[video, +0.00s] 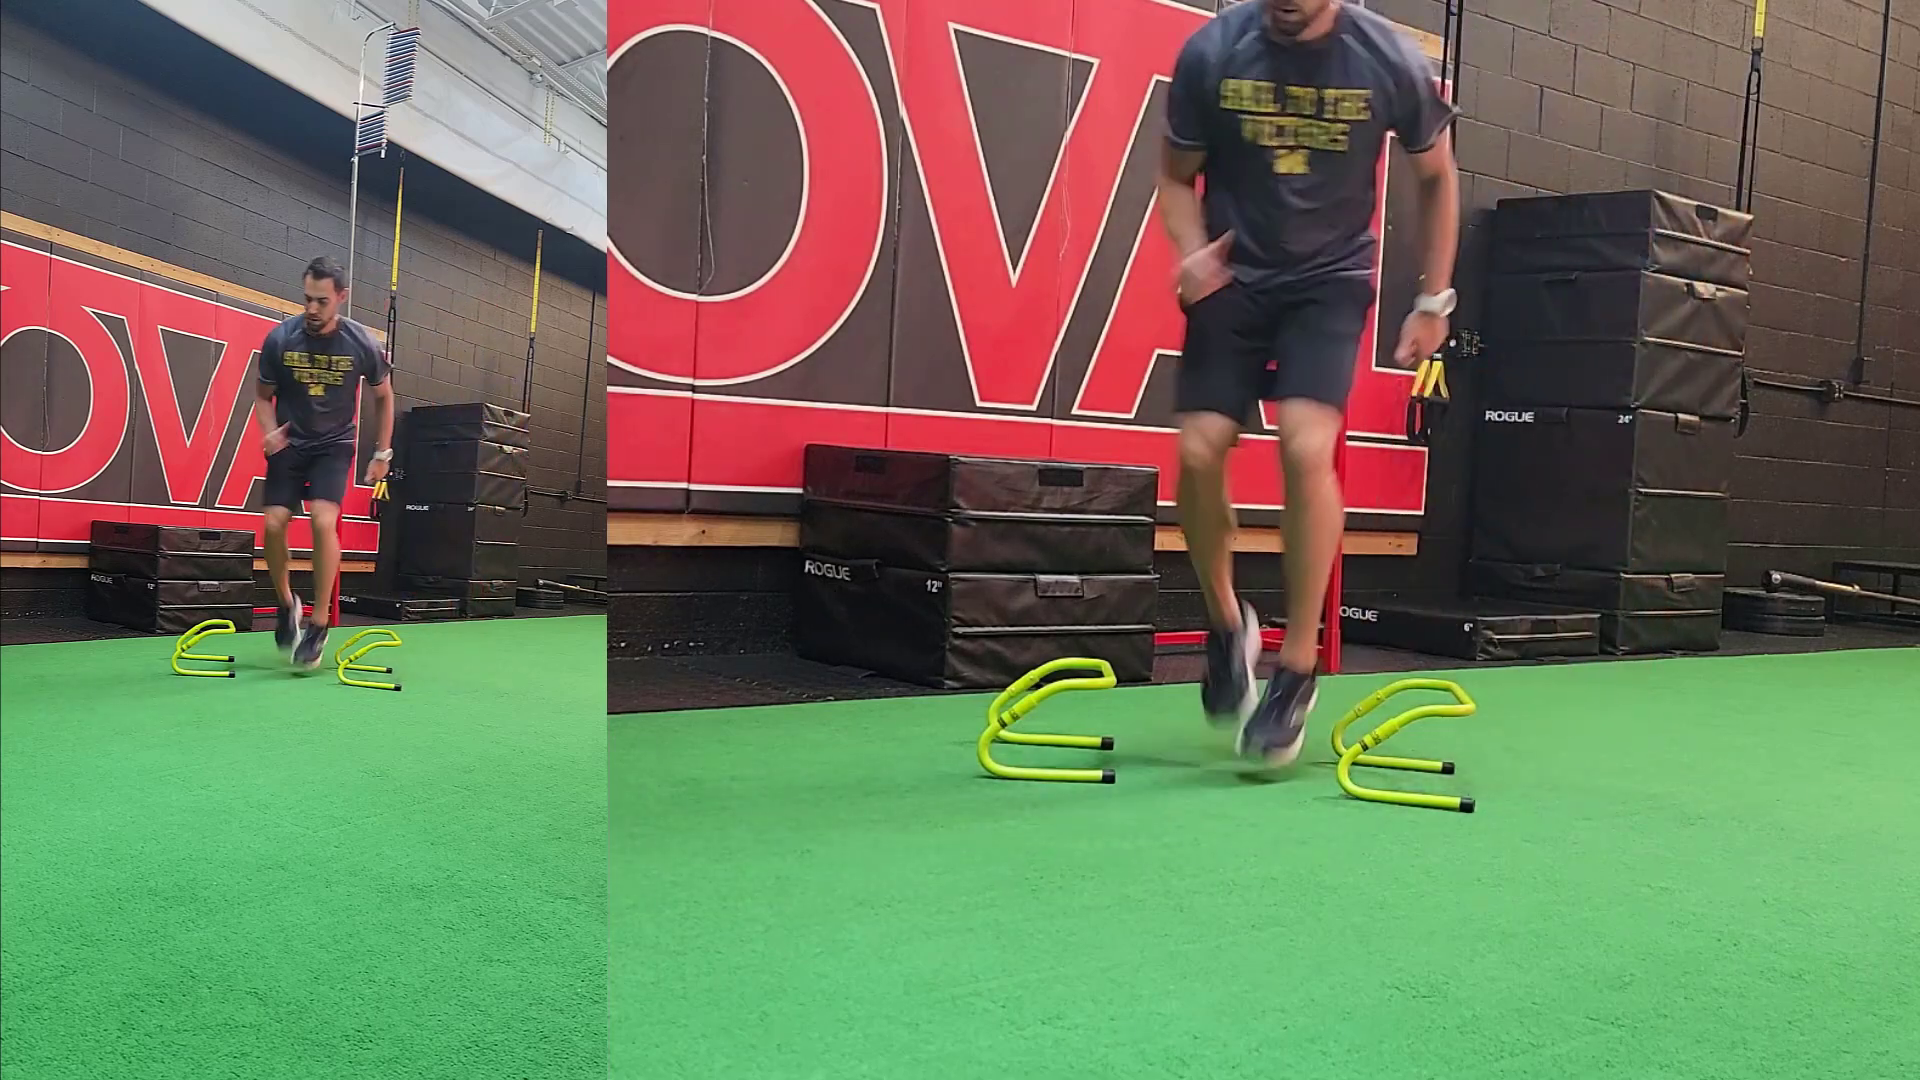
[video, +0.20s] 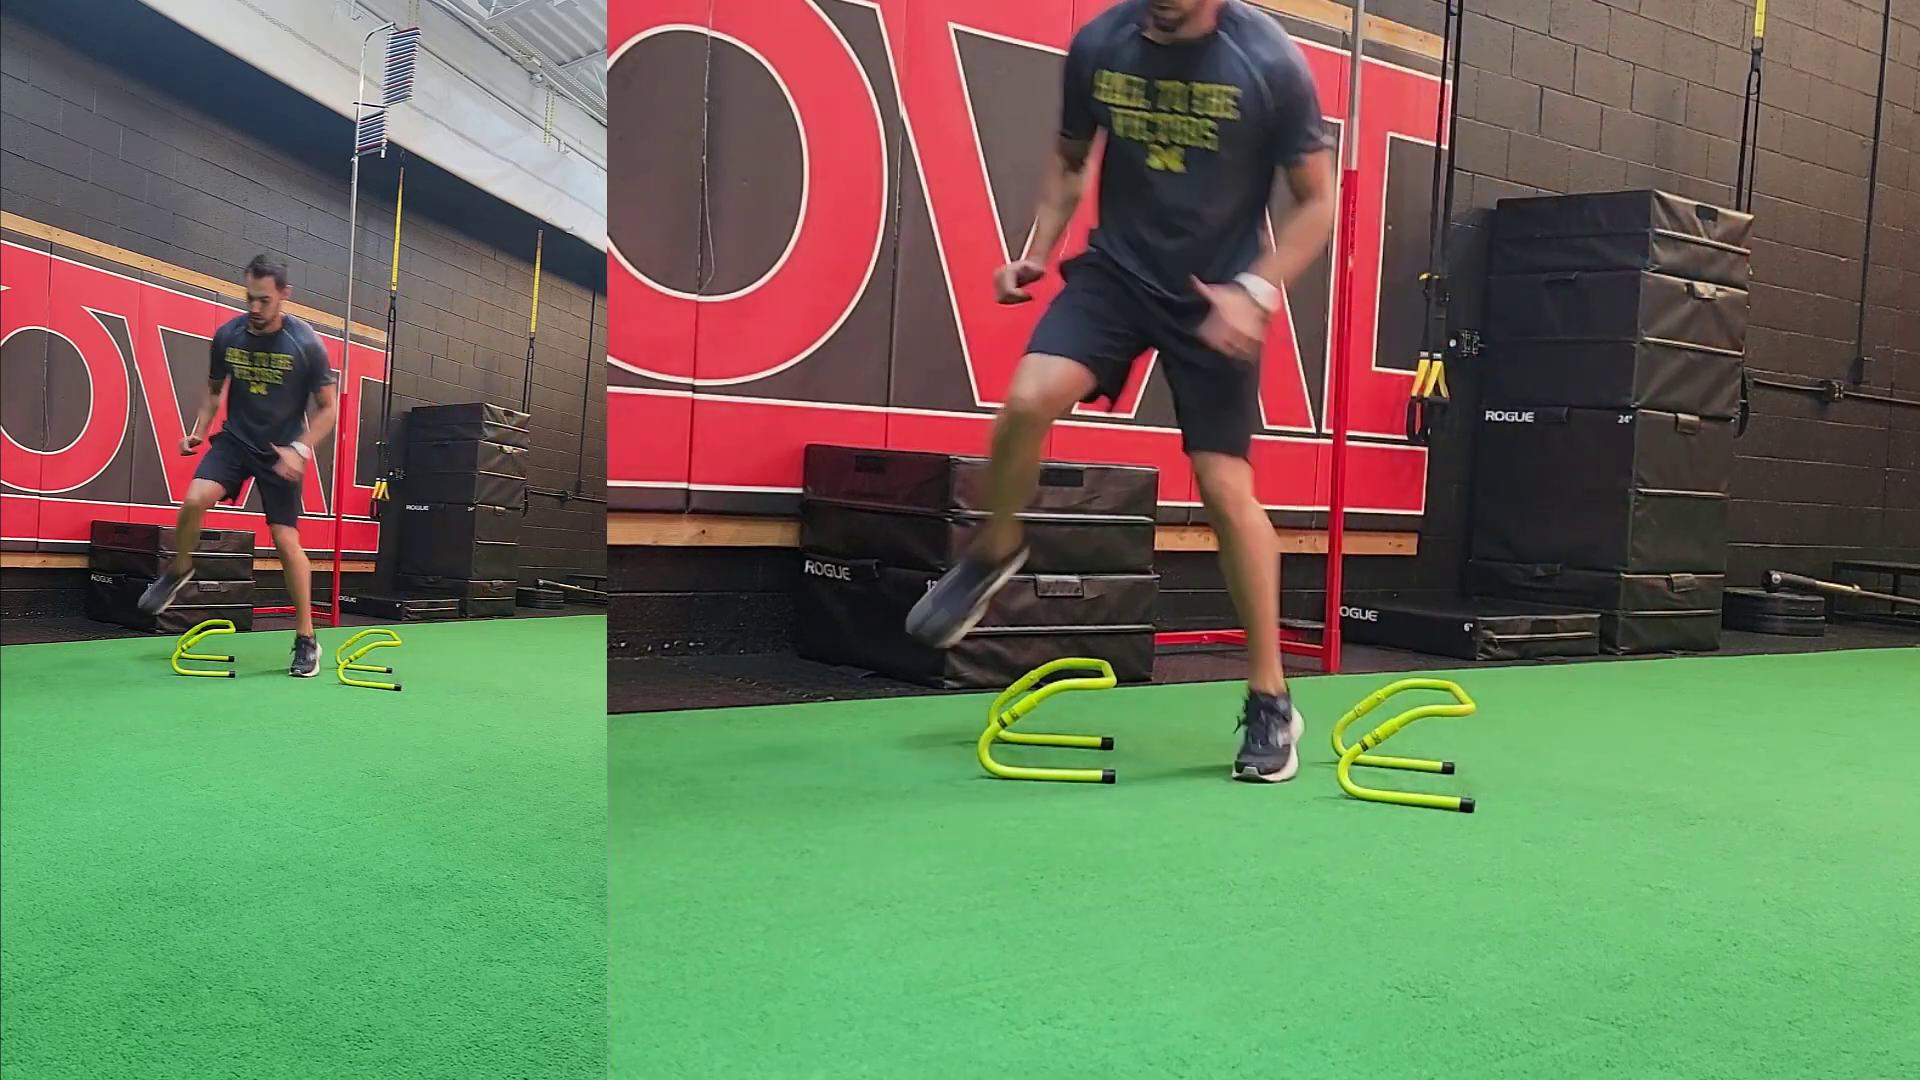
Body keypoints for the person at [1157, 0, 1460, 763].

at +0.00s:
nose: (1284, 7)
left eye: (1301, 0)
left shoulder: (1395, 61)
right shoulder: (1211, 53)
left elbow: (1436, 176)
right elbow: (1177, 178)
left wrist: (1433, 298)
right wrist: (1189, 249)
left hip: (1331, 281)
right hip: (1231, 277)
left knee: (1305, 448)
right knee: (1197, 451)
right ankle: (1226, 623)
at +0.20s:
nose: (1161, 6)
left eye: (1179, 2)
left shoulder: (1273, 66)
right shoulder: (1098, 46)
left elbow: (1317, 201)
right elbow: (1069, 158)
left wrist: (1259, 292)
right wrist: (1038, 251)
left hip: (1215, 298)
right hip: (1112, 273)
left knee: (1225, 491)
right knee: (1025, 402)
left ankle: (1268, 696)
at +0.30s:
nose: (1092, 6)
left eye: (1109, 1)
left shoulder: (1207, 68)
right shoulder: (1029, 52)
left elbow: (1244, 215)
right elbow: (1009, 177)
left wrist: (1145, 270)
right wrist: (986, 280)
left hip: (1166, 280)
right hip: (1055, 268)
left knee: (1142, 441)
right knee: (974, 453)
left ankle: (1202, 580)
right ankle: (881, 660)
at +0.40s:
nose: (1030, 52)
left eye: (1049, 34)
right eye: (1020, 32)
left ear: (1092, 22)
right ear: (1007, 24)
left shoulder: (1141, 130)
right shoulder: (973, 102)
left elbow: (1145, 289)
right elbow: (962, 225)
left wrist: (1018, 264)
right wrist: (964, 312)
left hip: (1091, 328)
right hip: (989, 327)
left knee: (1047, 433)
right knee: (926, 494)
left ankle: (1099, 481)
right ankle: (870, 694)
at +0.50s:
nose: (981, 101)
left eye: (1001, 83)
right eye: (970, 79)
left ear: (1048, 68)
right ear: (959, 59)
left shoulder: (1099, 174)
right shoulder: (935, 136)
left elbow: (1051, 325)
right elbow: (927, 244)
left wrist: (954, 232)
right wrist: (939, 218)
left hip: (1061, 360)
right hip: (958, 346)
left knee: (978, 449)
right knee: (884, 491)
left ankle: (974, 553)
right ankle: (867, 692)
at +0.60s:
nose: (965, 119)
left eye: (984, 100)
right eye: (953, 96)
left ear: (1028, 79)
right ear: (938, 78)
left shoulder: (1077, 188)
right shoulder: (918, 149)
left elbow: (1011, 334)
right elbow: (922, 270)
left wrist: (927, 225)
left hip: (1044, 367)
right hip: (942, 354)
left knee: (946, 463)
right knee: (870, 496)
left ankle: (954, 567)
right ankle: (868, 696)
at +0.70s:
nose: (961, 124)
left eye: (979, 104)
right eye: (947, 102)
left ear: (1019, 83)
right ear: (931, 84)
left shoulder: (1075, 184)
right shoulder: (907, 166)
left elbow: (1059, 341)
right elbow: (899, 266)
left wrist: (951, 259)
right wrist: (902, 346)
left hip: (1048, 360)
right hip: (949, 348)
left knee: (956, 456)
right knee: (872, 495)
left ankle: (962, 556)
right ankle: (868, 695)